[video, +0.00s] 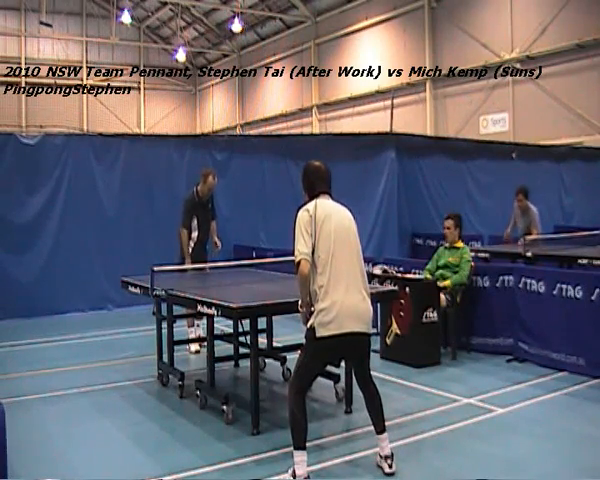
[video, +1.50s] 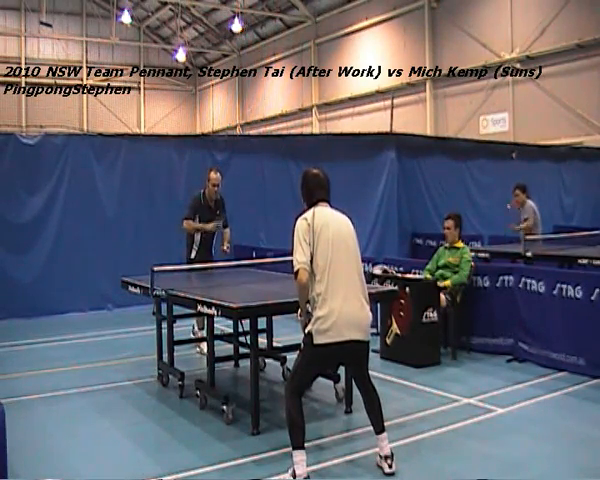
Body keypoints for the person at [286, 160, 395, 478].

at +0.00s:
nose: (302, 189)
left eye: (303, 184)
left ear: (306, 186)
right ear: (330, 185)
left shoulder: (307, 213)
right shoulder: (346, 213)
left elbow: (303, 266)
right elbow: (356, 264)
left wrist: (304, 301)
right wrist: (324, 298)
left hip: (329, 321)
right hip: (361, 318)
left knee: (297, 389)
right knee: (365, 378)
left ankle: (300, 467)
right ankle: (386, 451)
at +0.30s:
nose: (303, 189)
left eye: (303, 185)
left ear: (305, 187)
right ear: (330, 185)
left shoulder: (307, 214)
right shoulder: (346, 214)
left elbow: (304, 266)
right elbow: (355, 264)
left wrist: (304, 301)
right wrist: (327, 296)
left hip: (329, 320)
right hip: (361, 318)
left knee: (297, 389)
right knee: (365, 379)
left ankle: (300, 466)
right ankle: (386, 451)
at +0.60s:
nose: (303, 190)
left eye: (303, 186)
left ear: (305, 188)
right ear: (329, 187)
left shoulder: (307, 216)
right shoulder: (346, 216)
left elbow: (304, 269)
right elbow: (354, 266)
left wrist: (304, 305)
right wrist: (325, 301)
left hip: (328, 323)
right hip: (361, 320)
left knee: (296, 388)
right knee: (364, 379)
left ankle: (300, 466)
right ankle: (386, 451)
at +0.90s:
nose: (303, 193)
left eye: (303, 188)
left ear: (304, 190)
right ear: (329, 189)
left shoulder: (306, 218)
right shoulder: (346, 218)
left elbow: (303, 271)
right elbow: (354, 268)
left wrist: (303, 304)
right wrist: (324, 302)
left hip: (328, 325)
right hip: (360, 322)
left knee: (294, 389)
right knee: (364, 378)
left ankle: (300, 465)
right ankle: (385, 450)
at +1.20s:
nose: (302, 195)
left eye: (302, 190)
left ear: (304, 192)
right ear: (329, 191)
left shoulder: (305, 220)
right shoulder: (346, 219)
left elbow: (302, 273)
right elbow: (355, 269)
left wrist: (303, 306)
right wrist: (330, 300)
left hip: (328, 326)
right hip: (360, 323)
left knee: (294, 390)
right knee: (363, 379)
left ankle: (299, 466)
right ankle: (386, 451)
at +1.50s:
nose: (302, 196)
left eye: (302, 191)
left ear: (304, 193)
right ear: (328, 192)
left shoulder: (305, 222)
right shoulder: (345, 221)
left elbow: (302, 274)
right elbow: (355, 270)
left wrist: (302, 307)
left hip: (327, 327)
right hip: (359, 324)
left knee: (293, 390)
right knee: (363, 379)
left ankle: (299, 465)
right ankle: (385, 451)